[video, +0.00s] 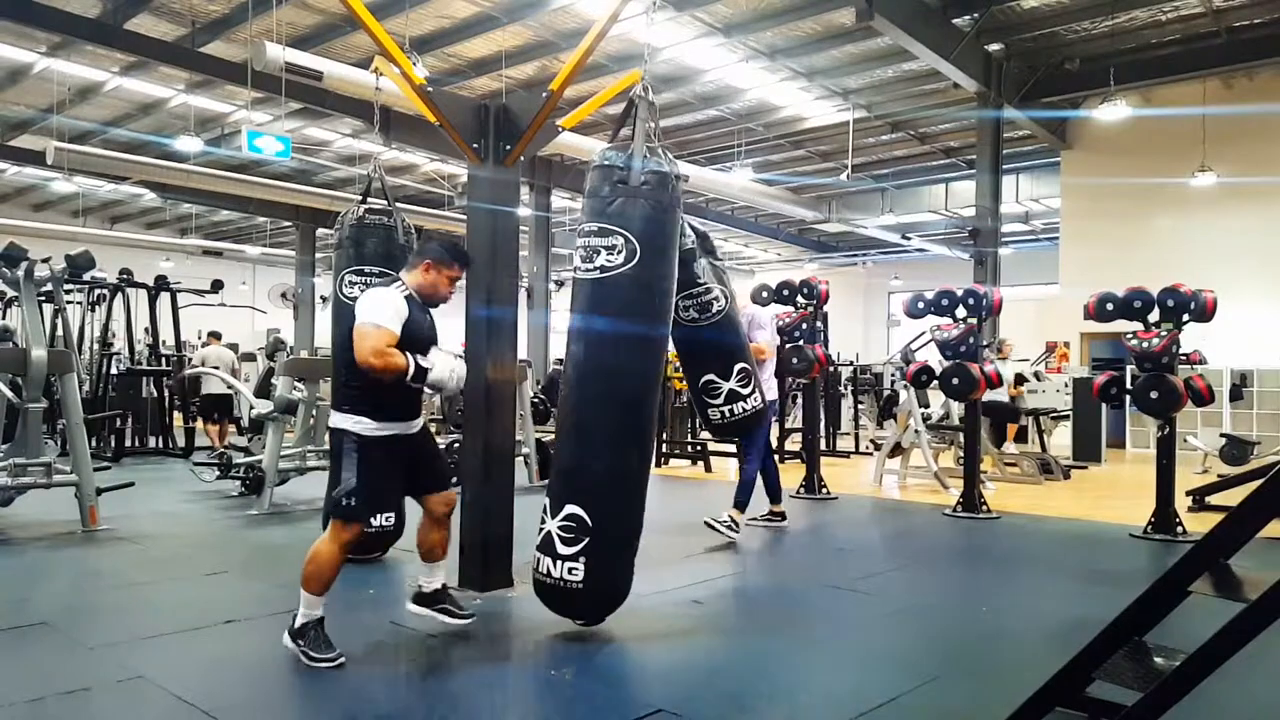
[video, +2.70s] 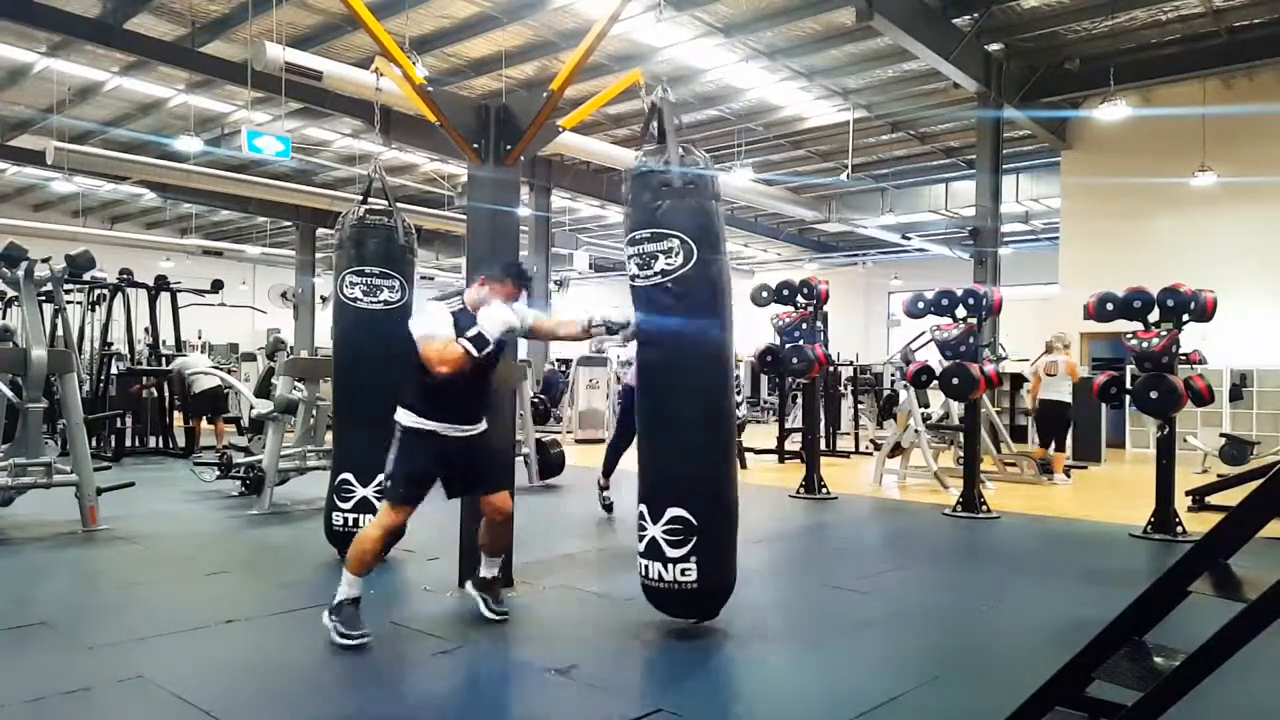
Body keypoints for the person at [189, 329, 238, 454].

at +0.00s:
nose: (207, 342)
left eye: (208, 340)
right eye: (208, 340)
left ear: (209, 340)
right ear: (220, 340)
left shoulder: (203, 352)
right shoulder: (230, 353)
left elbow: (193, 368)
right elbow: (237, 371)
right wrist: (236, 385)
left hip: (208, 391)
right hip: (227, 392)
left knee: (208, 421)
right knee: (224, 421)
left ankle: (216, 446)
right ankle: (222, 446)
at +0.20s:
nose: (199, 345)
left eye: (199, 343)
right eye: (199, 343)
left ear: (202, 341)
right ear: (211, 341)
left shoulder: (199, 351)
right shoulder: (225, 352)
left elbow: (183, 366)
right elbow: (233, 370)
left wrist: (173, 372)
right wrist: (233, 385)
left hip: (206, 391)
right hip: (224, 390)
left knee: (200, 418)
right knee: (223, 419)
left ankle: (199, 446)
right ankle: (220, 446)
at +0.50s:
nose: (186, 355)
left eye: (186, 353)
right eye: (186, 353)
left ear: (188, 351)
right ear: (197, 347)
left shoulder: (188, 357)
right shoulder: (212, 353)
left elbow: (176, 369)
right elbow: (222, 365)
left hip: (202, 389)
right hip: (219, 386)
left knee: (197, 420)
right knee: (220, 419)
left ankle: (197, 446)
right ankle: (219, 445)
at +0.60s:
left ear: (187, 352)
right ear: (199, 349)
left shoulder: (186, 362)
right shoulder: (210, 355)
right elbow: (218, 370)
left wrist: (184, 404)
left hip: (199, 390)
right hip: (217, 387)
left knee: (196, 420)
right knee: (219, 418)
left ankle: (197, 447)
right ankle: (219, 446)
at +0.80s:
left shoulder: (180, 365)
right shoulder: (206, 357)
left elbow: (180, 390)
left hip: (199, 390)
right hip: (217, 386)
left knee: (196, 420)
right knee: (219, 418)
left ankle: (196, 447)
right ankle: (219, 446)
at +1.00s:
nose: (171, 367)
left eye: (172, 365)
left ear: (175, 360)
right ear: (185, 356)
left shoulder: (176, 364)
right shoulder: (201, 356)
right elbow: (217, 367)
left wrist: (140, 388)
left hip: (200, 391)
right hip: (217, 387)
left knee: (196, 421)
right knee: (219, 419)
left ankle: (196, 447)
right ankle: (220, 446)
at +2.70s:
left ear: (176, 360)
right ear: (187, 355)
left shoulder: (176, 363)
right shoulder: (201, 357)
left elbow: (160, 380)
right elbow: (215, 367)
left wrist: (142, 386)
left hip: (199, 391)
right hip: (217, 387)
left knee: (196, 422)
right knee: (218, 419)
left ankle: (196, 448)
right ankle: (220, 446)